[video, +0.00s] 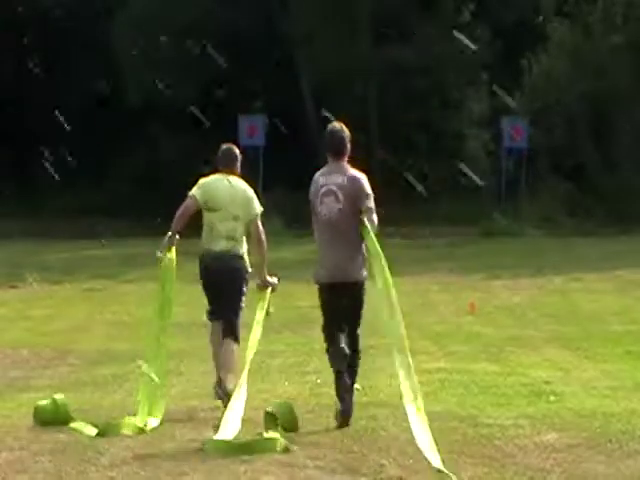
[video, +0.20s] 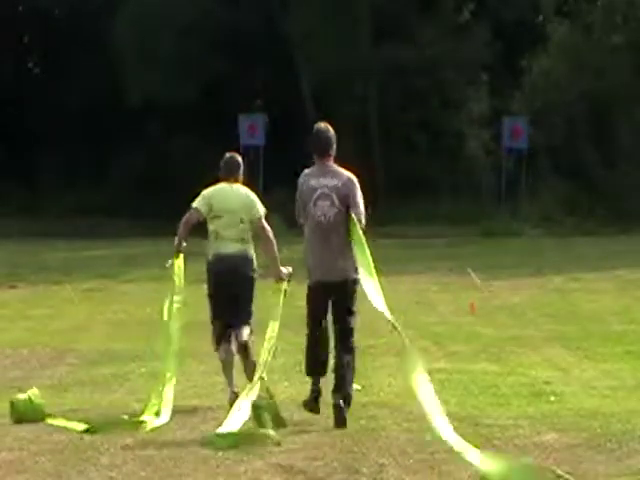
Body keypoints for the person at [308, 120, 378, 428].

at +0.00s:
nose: (348, 149)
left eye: (340, 144)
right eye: (349, 144)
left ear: (325, 148)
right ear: (348, 147)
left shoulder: (317, 179)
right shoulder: (358, 180)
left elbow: (315, 221)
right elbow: (371, 220)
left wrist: (323, 244)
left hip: (326, 271)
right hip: (353, 271)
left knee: (331, 328)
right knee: (351, 330)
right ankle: (348, 389)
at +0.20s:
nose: (320, 153)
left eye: (317, 147)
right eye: (329, 147)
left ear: (312, 149)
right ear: (335, 148)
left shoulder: (305, 179)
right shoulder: (348, 180)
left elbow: (299, 218)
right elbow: (359, 221)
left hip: (317, 271)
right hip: (344, 270)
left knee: (316, 327)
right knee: (345, 331)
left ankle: (315, 383)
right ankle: (343, 393)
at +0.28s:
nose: (318, 152)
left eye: (310, 148)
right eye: (321, 145)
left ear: (304, 150)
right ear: (325, 147)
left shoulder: (300, 180)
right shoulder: (337, 176)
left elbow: (305, 217)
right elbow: (348, 217)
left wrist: (341, 198)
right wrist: (357, 194)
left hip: (314, 270)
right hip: (340, 269)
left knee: (314, 330)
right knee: (341, 328)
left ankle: (317, 396)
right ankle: (333, 389)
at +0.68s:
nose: (328, 158)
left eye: (323, 154)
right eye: (329, 154)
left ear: (308, 156)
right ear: (328, 156)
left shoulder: (300, 178)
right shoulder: (329, 185)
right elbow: (341, 222)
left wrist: (338, 202)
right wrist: (349, 203)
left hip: (296, 268)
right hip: (320, 268)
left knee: (302, 327)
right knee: (328, 333)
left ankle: (287, 365)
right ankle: (319, 391)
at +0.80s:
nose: (317, 149)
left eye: (311, 144)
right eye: (320, 144)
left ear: (303, 146)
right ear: (324, 146)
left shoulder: (292, 171)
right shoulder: (333, 176)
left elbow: (285, 207)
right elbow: (339, 213)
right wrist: (337, 234)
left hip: (298, 256)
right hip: (324, 256)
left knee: (298, 315)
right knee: (323, 316)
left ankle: (297, 369)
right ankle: (321, 371)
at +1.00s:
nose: (307, 158)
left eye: (302, 153)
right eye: (311, 153)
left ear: (293, 156)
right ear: (312, 154)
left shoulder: (287, 183)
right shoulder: (324, 180)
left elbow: (286, 218)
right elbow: (334, 216)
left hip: (296, 266)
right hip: (320, 266)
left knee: (302, 329)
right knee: (322, 318)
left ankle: (308, 383)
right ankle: (323, 350)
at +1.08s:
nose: (315, 155)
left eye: (310, 150)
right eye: (316, 151)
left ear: (297, 153)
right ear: (316, 153)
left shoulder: (289, 178)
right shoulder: (322, 179)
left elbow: (292, 211)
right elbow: (330, 214)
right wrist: (339, 203)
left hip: (294, 263)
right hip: (318, 262)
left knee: (303, 322)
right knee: (324, 317)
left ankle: (308, 379)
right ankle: (328, 373)